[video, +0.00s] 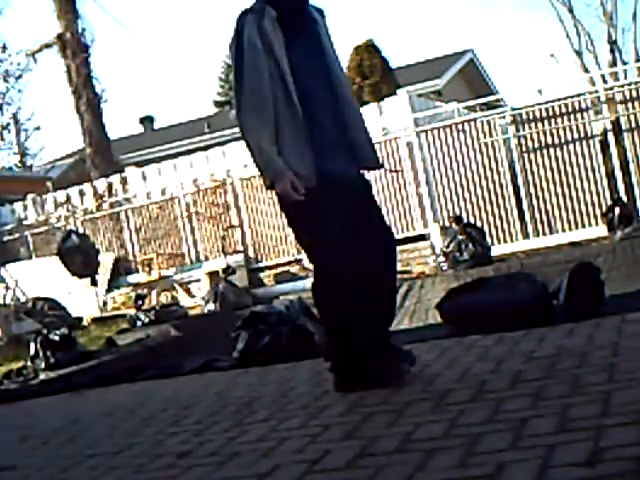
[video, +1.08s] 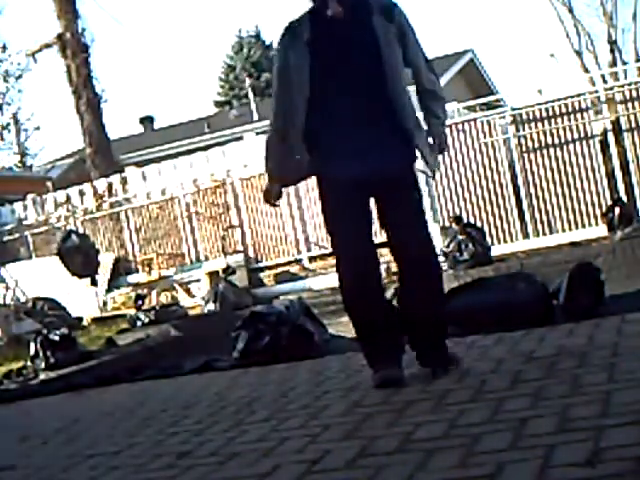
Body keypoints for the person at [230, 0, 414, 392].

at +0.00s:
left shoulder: (314, 17)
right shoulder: (254, 23)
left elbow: (329, 91)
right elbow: (250, 111)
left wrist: (355, 153)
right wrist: (275, 169)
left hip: (341, 169)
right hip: (303, 176)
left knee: (379, 248)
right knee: (337, 263)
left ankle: (377, 347)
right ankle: (353, 369)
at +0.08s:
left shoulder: (339, 14)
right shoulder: (261, 26)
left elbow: (358, 84)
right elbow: (255, 105)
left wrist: (379, 148)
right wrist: (272, 165)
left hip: (358, 167)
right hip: (310, 175)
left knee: (393, 260)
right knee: (336, 274)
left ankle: (433, 342)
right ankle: (351, 367)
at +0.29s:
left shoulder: (383, 12)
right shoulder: (288, 26)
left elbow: (411, 80)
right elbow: (278, 99)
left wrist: (436, 135)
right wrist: (278, 161)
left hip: (390, 168)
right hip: (334, 177)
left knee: (425, 258)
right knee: (349, 275)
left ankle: (454, 345)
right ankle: (353, 365)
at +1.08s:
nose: (333, 1)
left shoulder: (385, 12)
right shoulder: (295, 35)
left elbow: (423, 72)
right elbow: (284, 109)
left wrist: (436, 125)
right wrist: (276, 174)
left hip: (393, 160)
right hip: (337, 171)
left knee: (416, 255)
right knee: (356, 267)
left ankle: (433, 350)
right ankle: (384, 361)